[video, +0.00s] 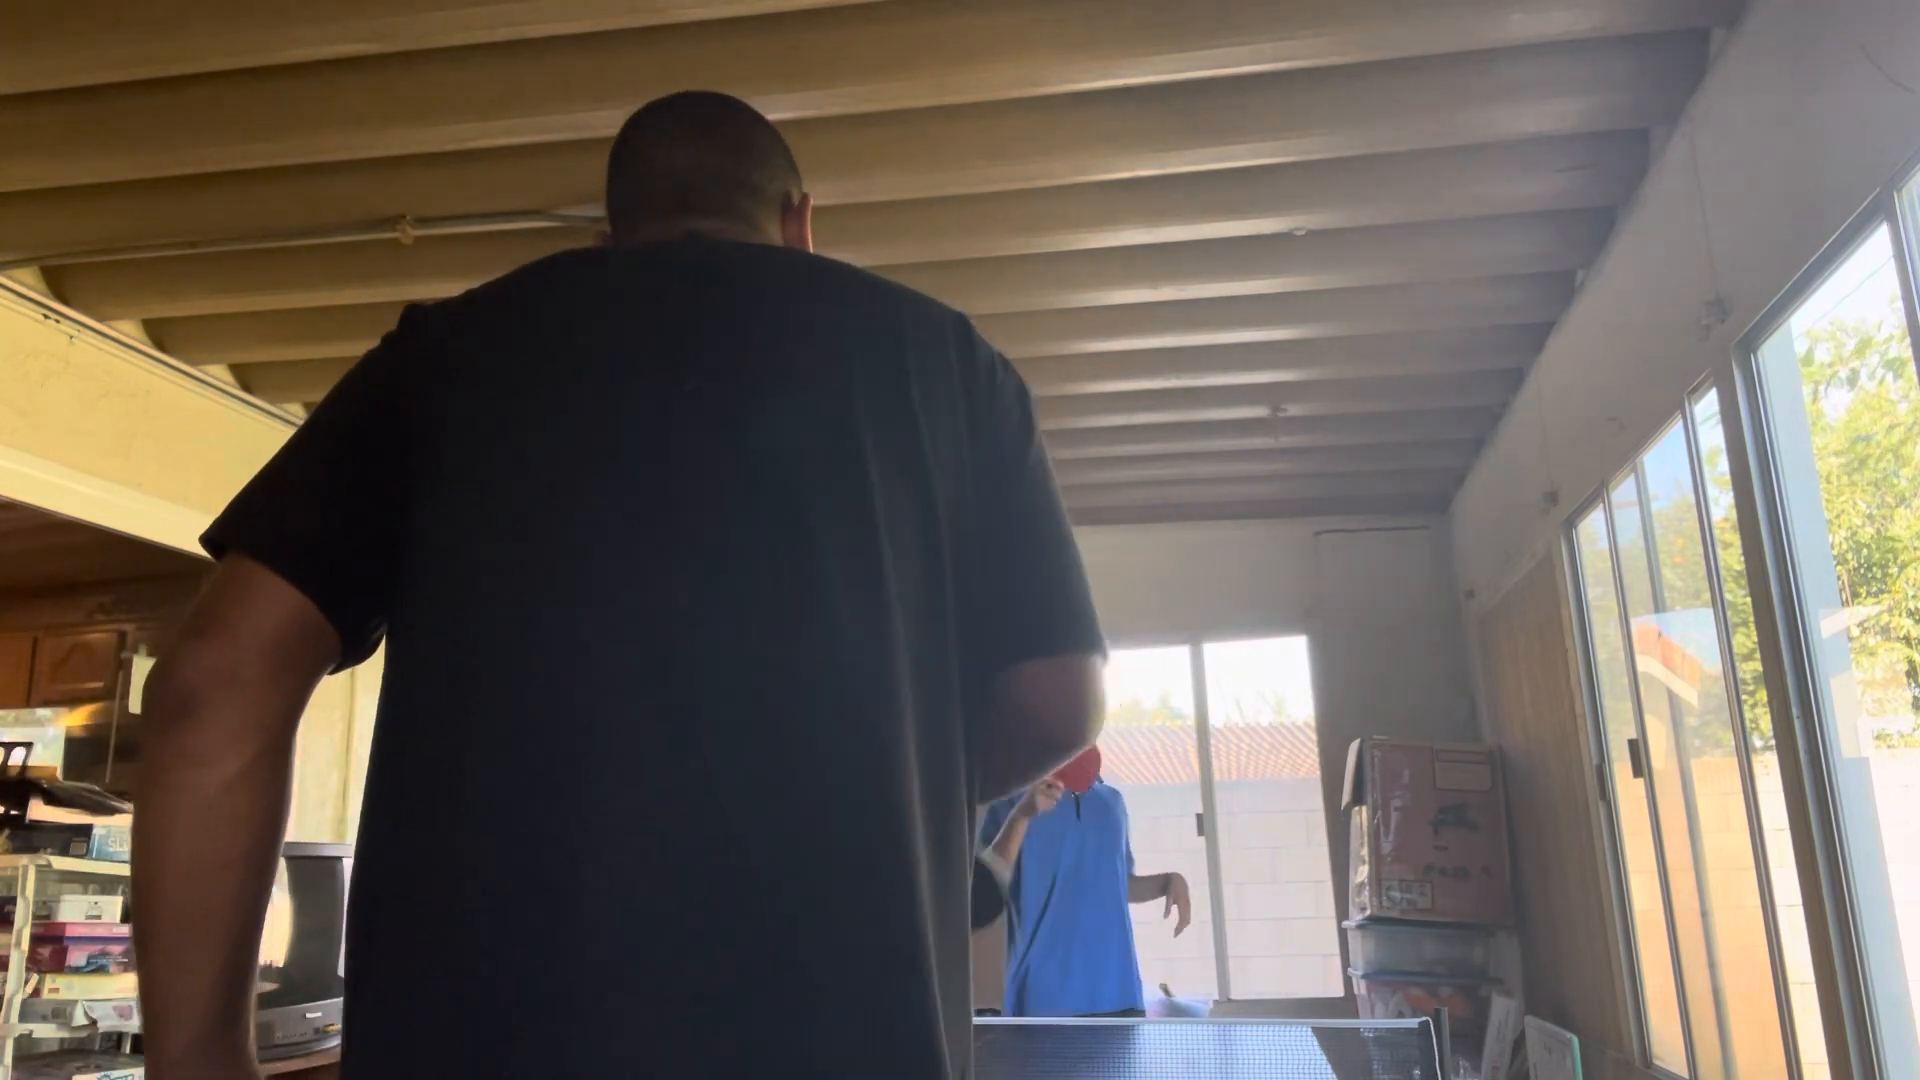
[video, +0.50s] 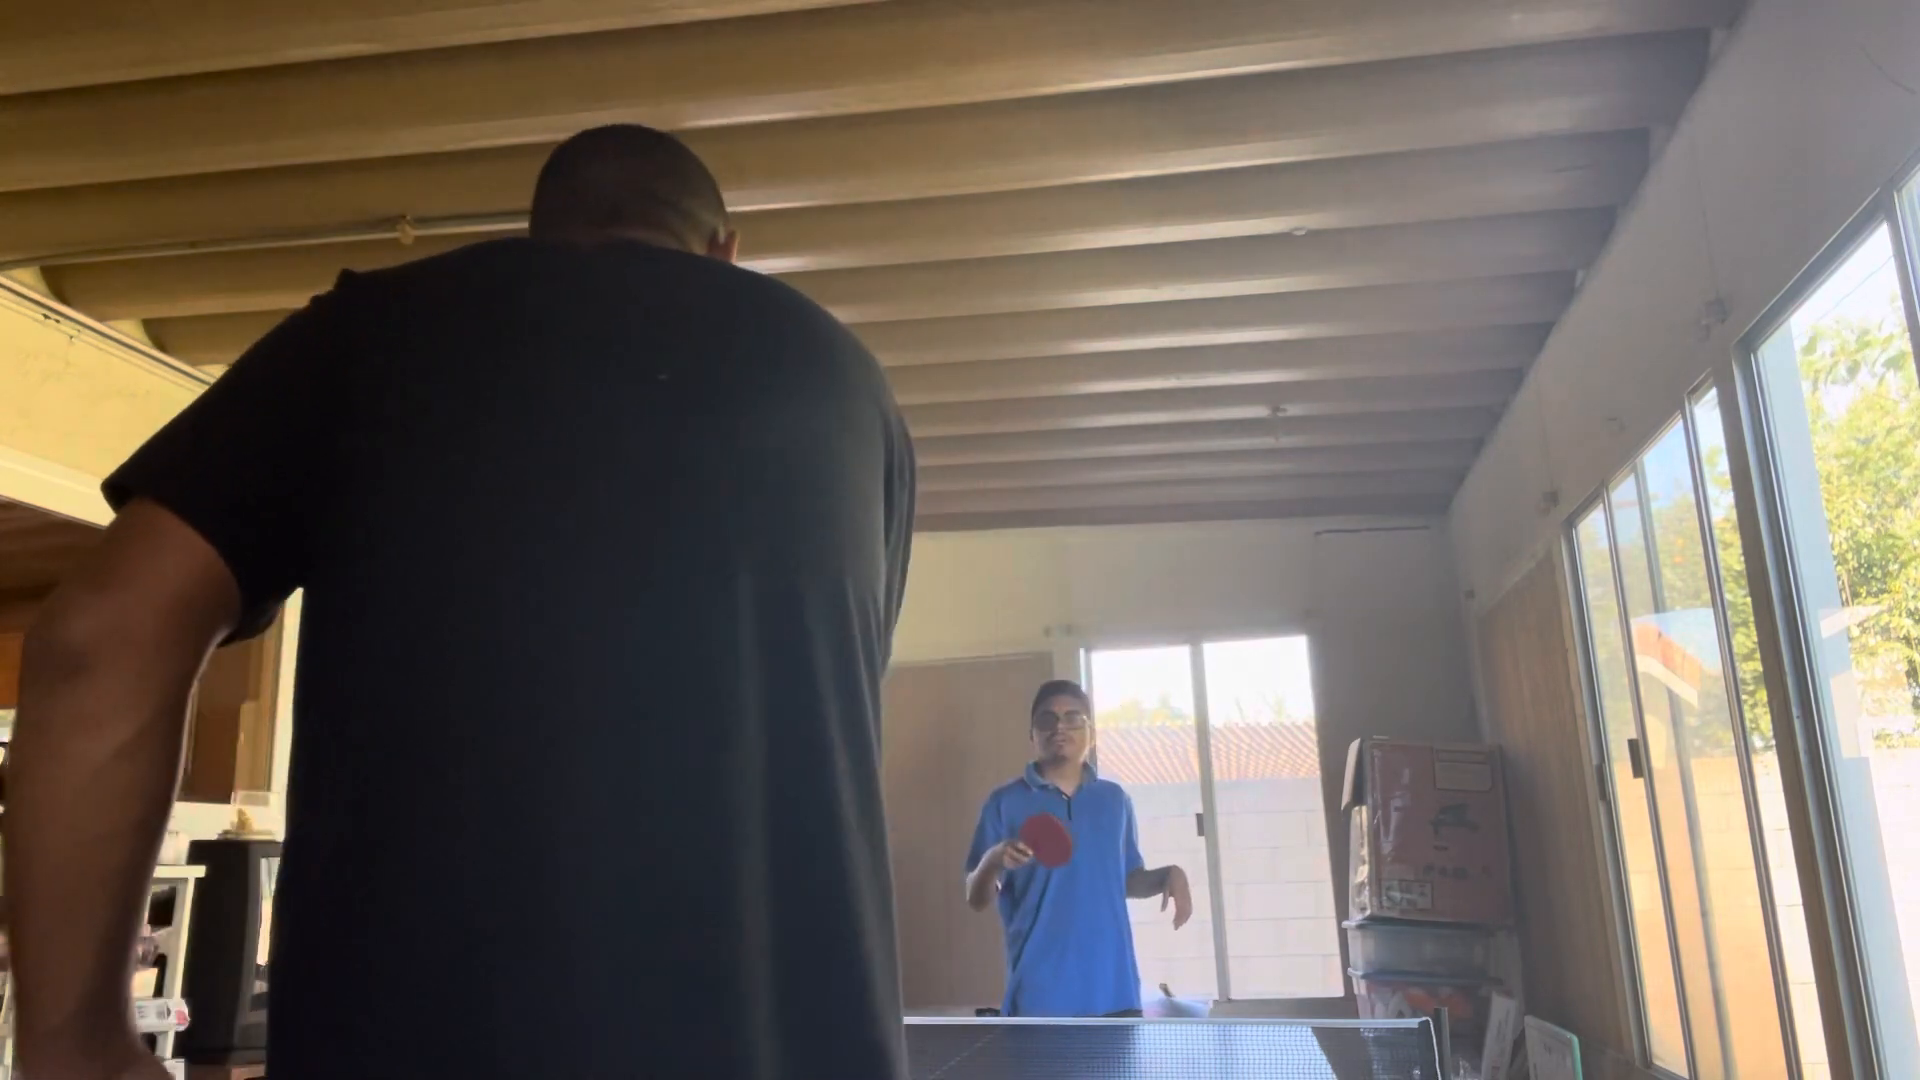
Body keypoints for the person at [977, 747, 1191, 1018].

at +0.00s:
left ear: (1096, 723)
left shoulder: (1110, 802)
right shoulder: (1009, 805)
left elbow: (1121, 886)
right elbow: (982, 902)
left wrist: (1168, 881)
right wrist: (1020, 816)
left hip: (1116, 1001)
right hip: (1040, 1005)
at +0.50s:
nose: (1059, 728)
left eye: (1072, 718)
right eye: (1047, 719)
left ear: (1091, 732)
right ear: (1032, 733)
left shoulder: (1114, 799)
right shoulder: (1005, 803)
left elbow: (1128, 881)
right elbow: (977, 899)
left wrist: (1169, 874)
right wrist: (994, 858)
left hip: (1113, 990)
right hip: (1040, 995)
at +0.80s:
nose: (1061, 728)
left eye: (1074, 719)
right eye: (1048, 719)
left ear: (1091, 733)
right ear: (1032, 733)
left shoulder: (1115, 800)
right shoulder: (1004, 804)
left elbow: (1128, 881)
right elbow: (972, 897)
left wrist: (1168, 875)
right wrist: (991, 860)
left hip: (1112, 991)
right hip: (1039, 997)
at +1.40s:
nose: (1080, 735)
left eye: (1090, 724)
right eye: (1065, 724)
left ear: (1101, 729)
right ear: (1043, 731)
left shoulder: (1113, 797)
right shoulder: (1020, 795)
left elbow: (1123, 866)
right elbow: (1006, 864)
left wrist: (1173, 882)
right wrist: (1078, 845)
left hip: (1114, 983)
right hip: (1046, 987)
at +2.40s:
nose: (1153, 740)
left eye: (1156, 731)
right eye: (1140, 730)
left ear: (1160, 734)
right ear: (1104, 734)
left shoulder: (1123, 790)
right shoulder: (1102, 787)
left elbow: (1126, 885)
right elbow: (1178, 863)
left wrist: (1193, 899)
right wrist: (1280, 878)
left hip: (1112, 987)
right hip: (1081, 991)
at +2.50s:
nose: (1160, 737)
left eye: (1164, 728)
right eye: (1147, 726)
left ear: (1169, 731)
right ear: (1113, 729)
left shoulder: (1133, 787)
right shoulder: (1109, 786)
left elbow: (1127, 889)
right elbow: (1147, 867)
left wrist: (1183, 910)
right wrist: (1240, 854)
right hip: (1104, 988)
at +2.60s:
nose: (1160, 734)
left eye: (1166, 725)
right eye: (1146, 722)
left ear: (1172, 730)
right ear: (1115, 728)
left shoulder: (1146, 791)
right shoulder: (1111, 787)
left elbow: (1151, 877)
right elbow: (1125, 870)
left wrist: (1180, 923)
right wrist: (1204, 851)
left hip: (1158, 985)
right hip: (1118, 987)